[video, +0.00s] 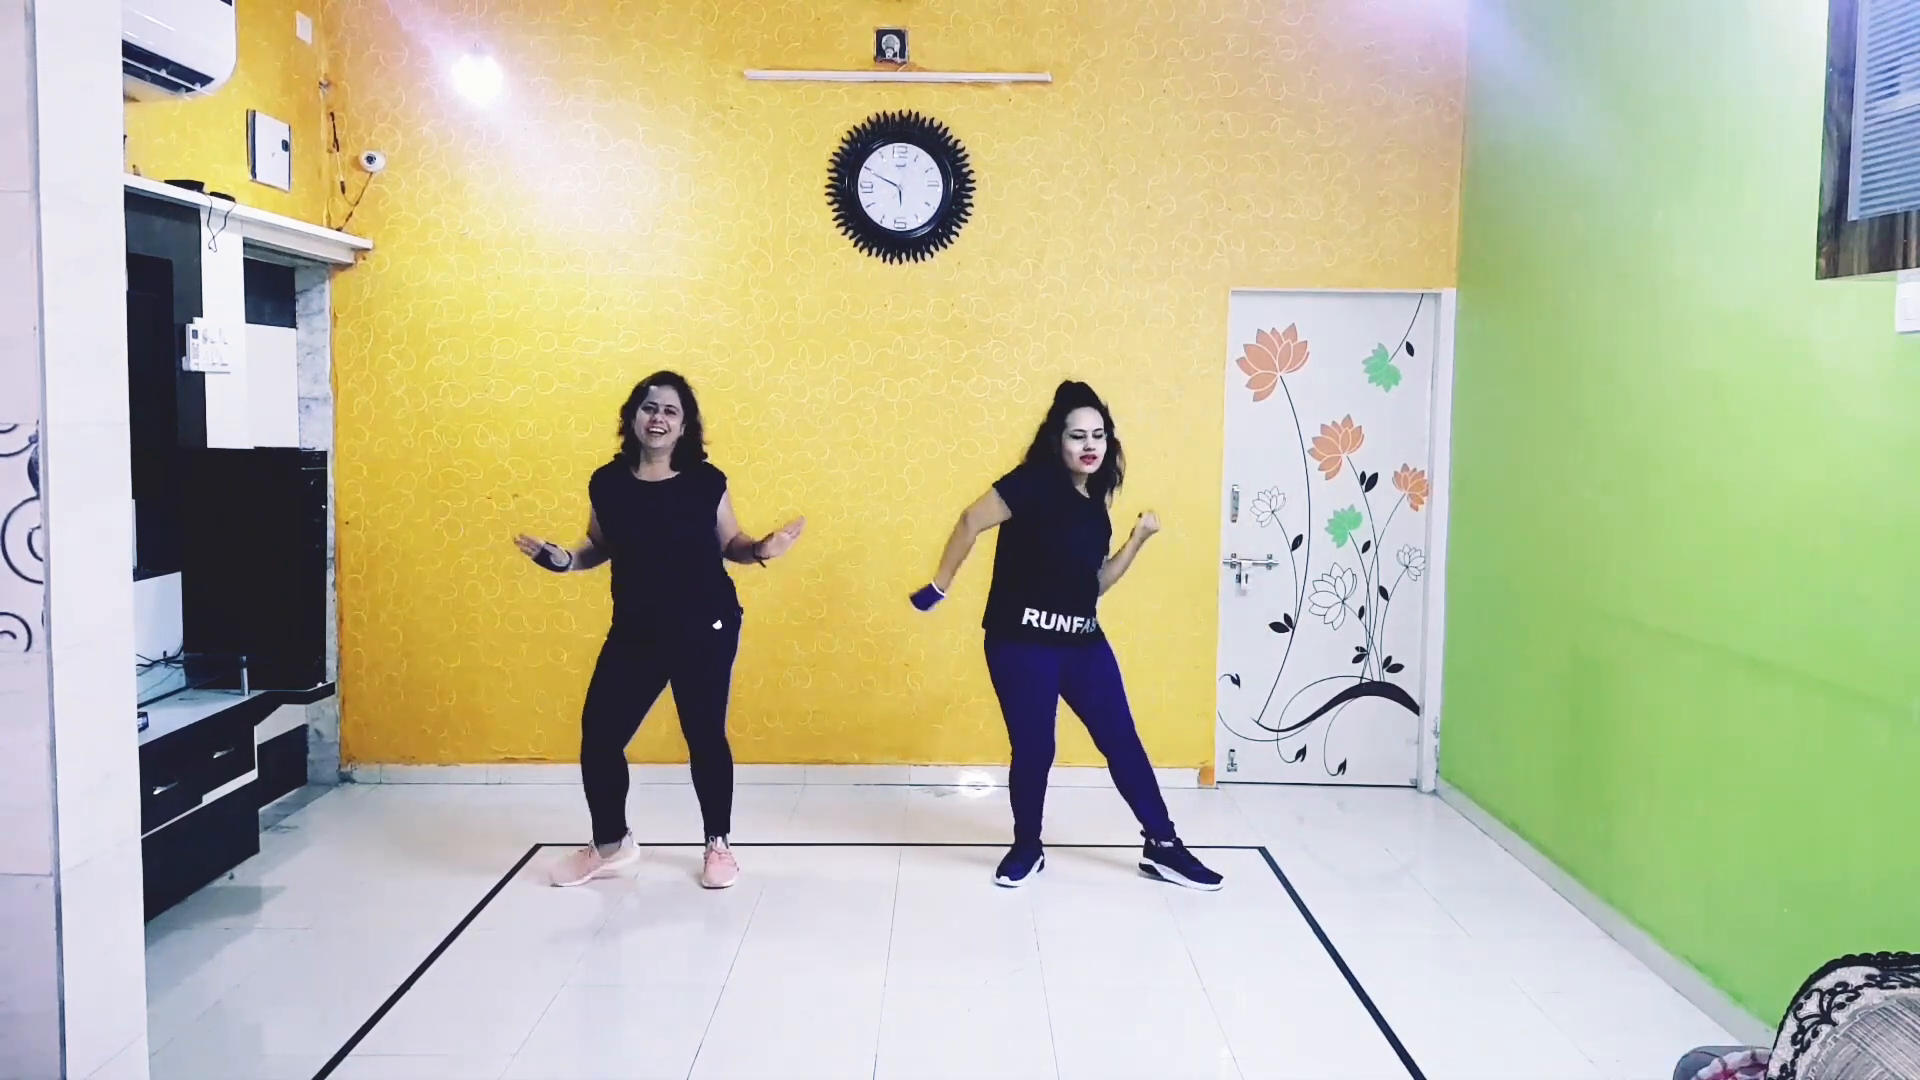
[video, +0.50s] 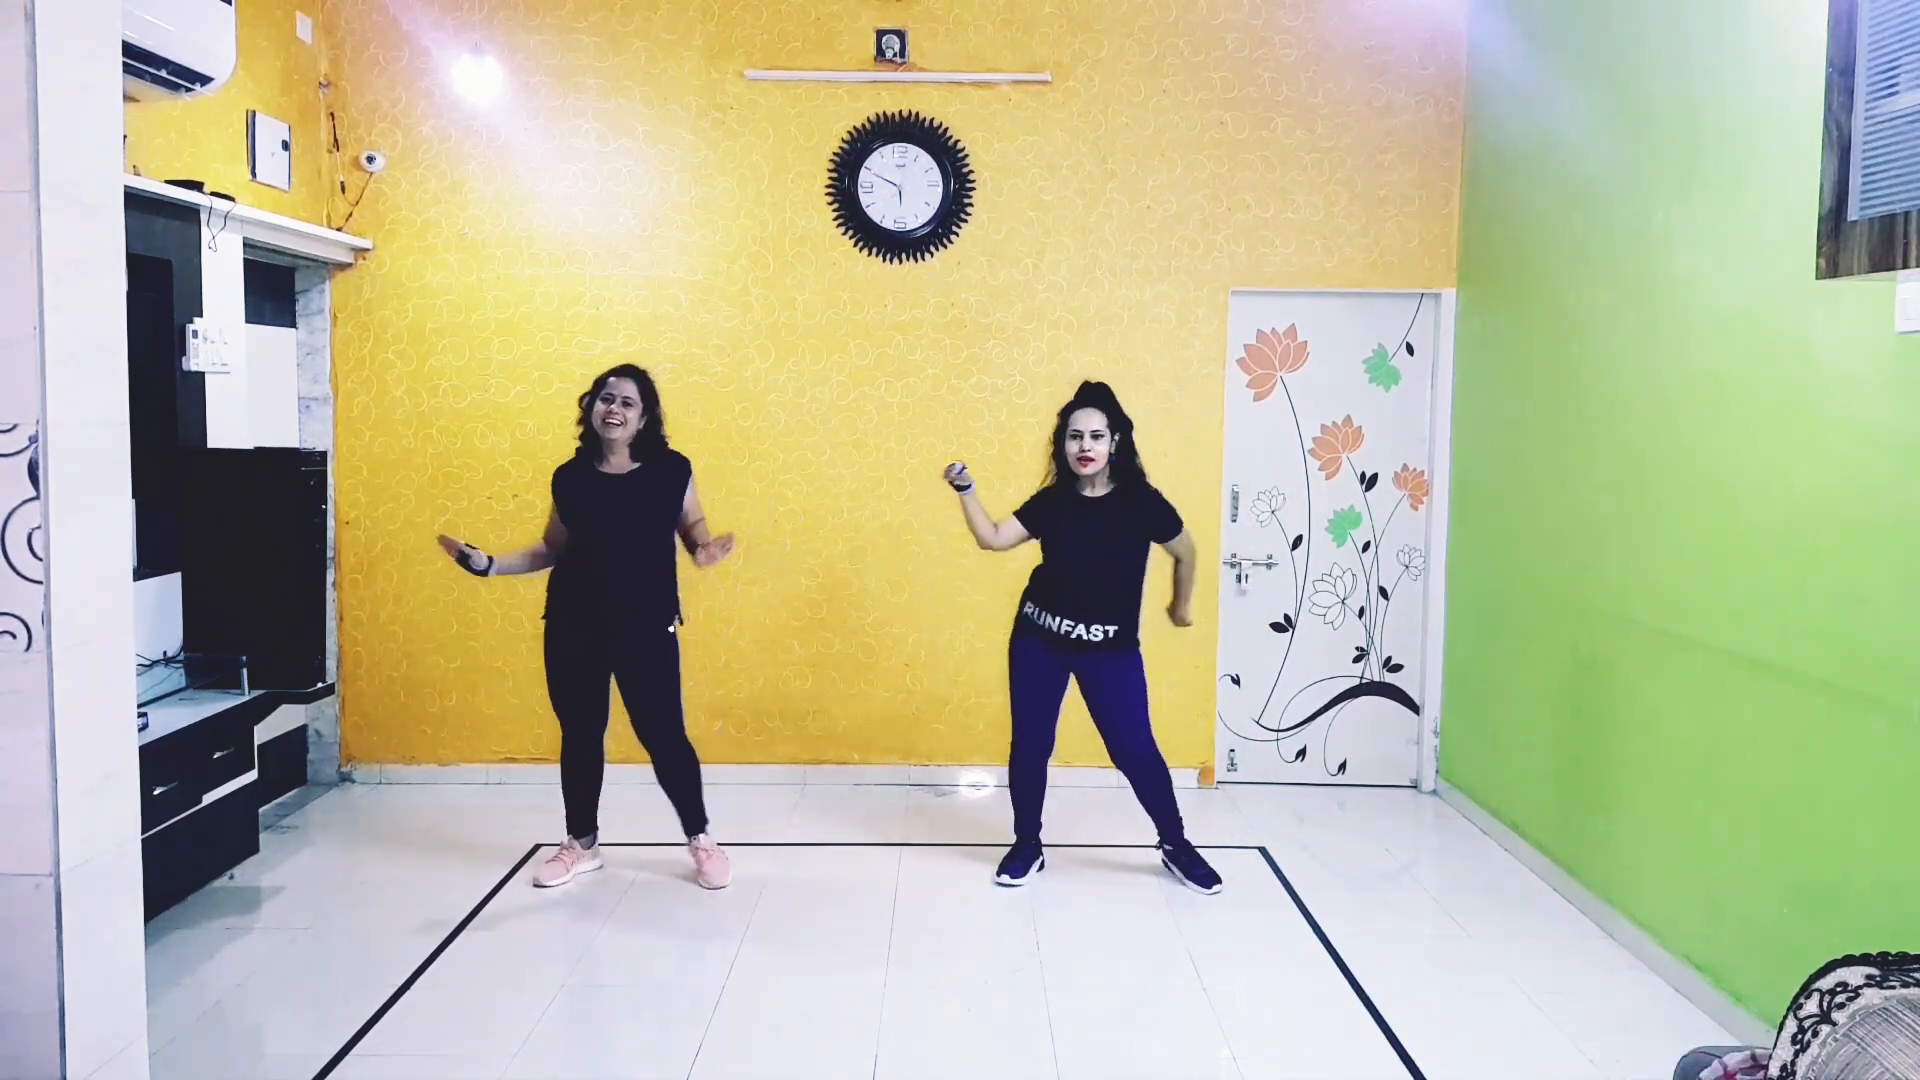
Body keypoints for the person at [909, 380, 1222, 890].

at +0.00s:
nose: (1090, 446)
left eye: (1099, 435)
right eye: (1078, 435)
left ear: (1109, 442)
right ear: (1056, 440)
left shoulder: (1096, 505)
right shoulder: (1030, 484)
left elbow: (1101, 580)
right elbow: (969, 524)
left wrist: (1136, 540)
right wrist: (940, 586)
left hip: (1081, 641)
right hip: (1021, 640)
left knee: (1122, 743)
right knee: (1033, 751)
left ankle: (1162, 842)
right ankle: (1027, 844)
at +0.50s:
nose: (1084, 446)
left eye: (1095, 437)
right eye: (1074, 436)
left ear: (1115, 444)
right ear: (1062, 444)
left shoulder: (1140, 501)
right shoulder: (1055, 500)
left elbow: (1186, 553)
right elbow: (992, 537)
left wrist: (1180, 606)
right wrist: (966, 491)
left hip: (1109, 646)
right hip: (1041, 638)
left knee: (1136, 752)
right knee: (1030, 745)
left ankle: (1175, 843)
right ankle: (1027, 843)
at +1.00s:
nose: (1126, 453)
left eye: (1138, 442)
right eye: (1116, 441)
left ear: (1157, 447)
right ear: (1103, 446)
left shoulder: (1185, 493)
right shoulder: (1104, 513)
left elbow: (1249, 524)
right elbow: (1093, 587)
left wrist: (1247, 593)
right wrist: (1037, 571)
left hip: (1179, 651)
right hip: (1110, 647)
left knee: (1181, 759)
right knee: (1070, 748)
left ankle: (1193, 846)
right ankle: (1029, 841)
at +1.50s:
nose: (1118, 437)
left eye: (1131, 429)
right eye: (1109, 424)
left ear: (1145, 438)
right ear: (1091, 428)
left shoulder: (1161, 489)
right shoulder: (1070, 493)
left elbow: (1203, 556)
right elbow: (1050, 566)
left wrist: (1252, 611)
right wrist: (1033, 628)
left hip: (1156, 640)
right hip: (1084, 638)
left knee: (1172, 748)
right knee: (1060, 745)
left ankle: (1190, 846)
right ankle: (1029, 843)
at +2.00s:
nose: (1142, 407)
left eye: (1152, 398)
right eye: (1134, 398)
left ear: (1170, 403)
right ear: (1119, 401)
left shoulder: (1188, 441)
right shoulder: (1103, 442)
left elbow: (1203, 394)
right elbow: (1118, 396)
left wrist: (1164, 335)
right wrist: (1140, 337)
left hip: (1181, 596)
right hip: (1110, 596)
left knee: (1196, 712)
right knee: (1089, 711)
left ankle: (1216, 824)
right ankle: (1061, 822)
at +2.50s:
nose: (1165, 447)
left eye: (1177, 437)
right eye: (1156, 435)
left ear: (1194, 442)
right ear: (1140, 438)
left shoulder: (1211, 498)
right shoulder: (1119, 498)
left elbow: (1242, 563)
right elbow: (1083, 557)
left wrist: (1275, 609)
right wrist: (1042, 606)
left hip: (1205, 645)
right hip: (1133, 645)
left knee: (1222, 748)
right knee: (1110, 749)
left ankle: (1235, 843)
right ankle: (1075, 841)